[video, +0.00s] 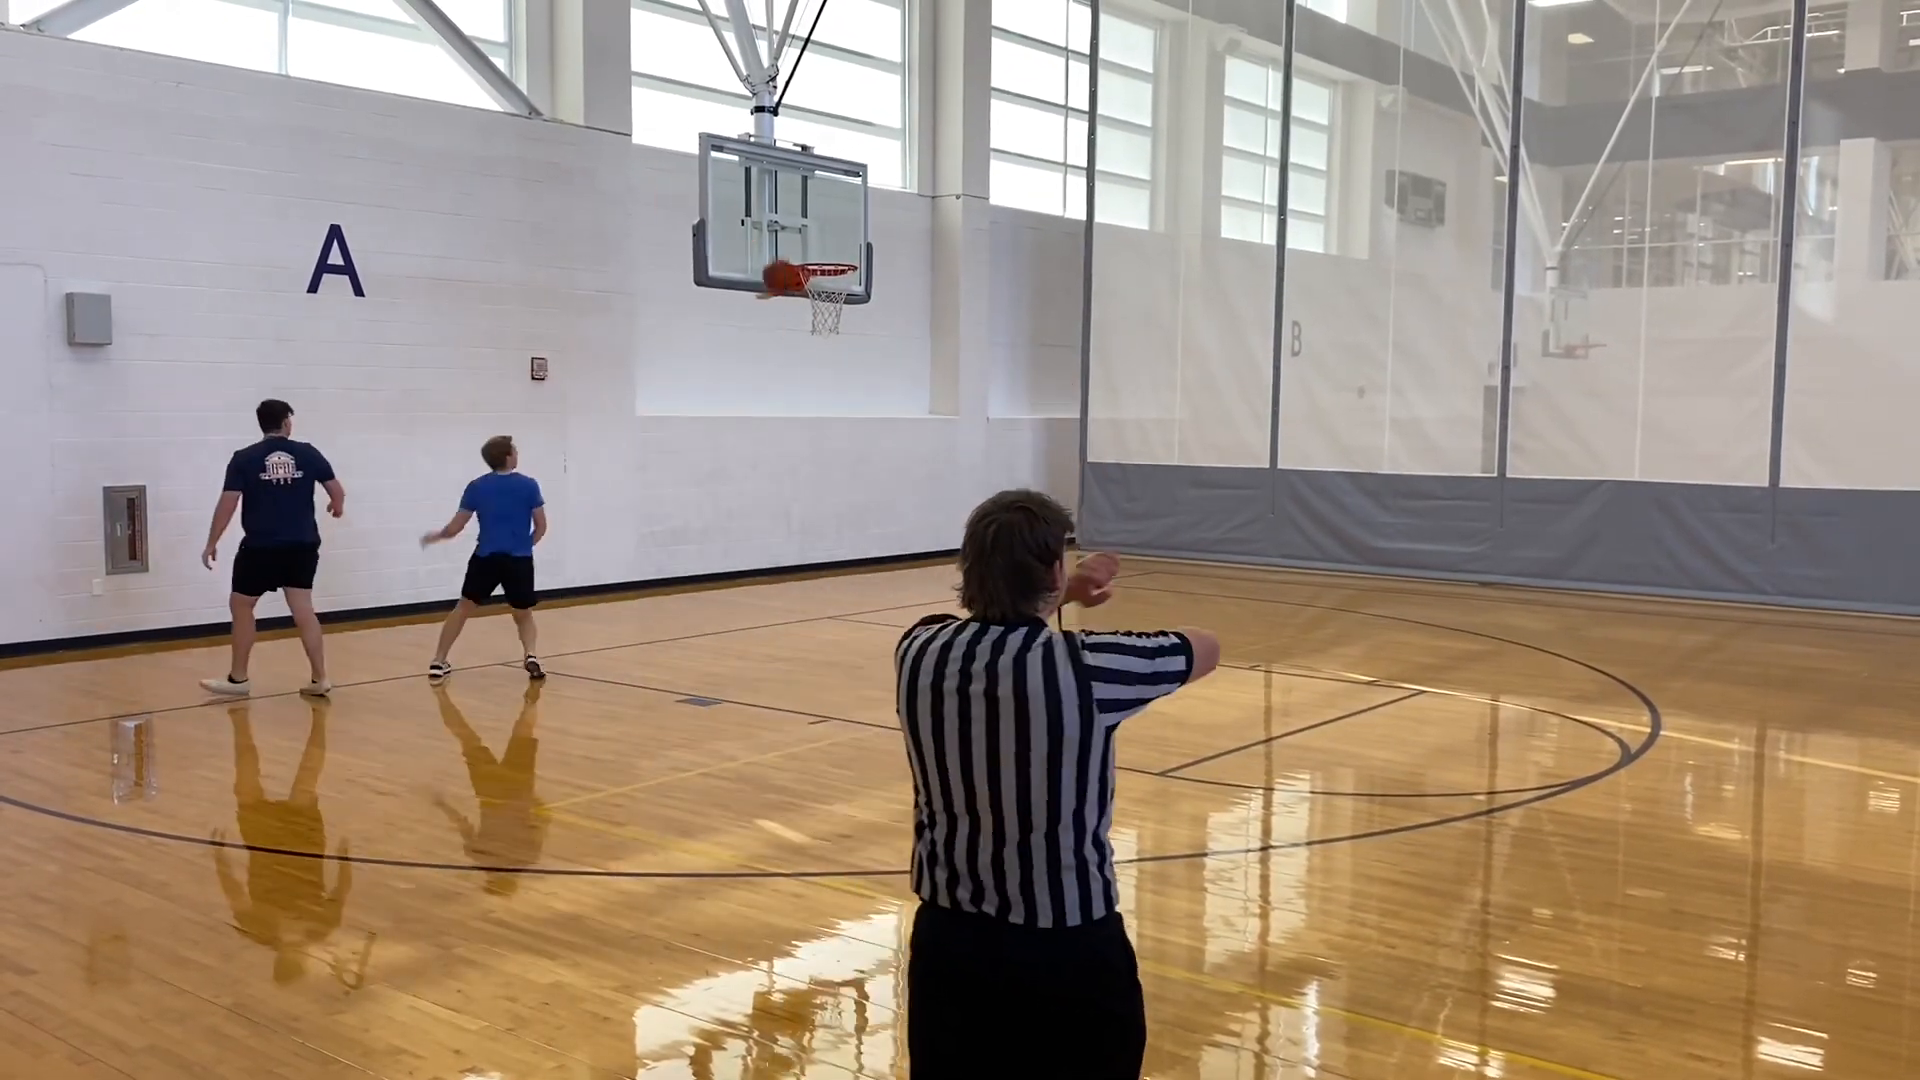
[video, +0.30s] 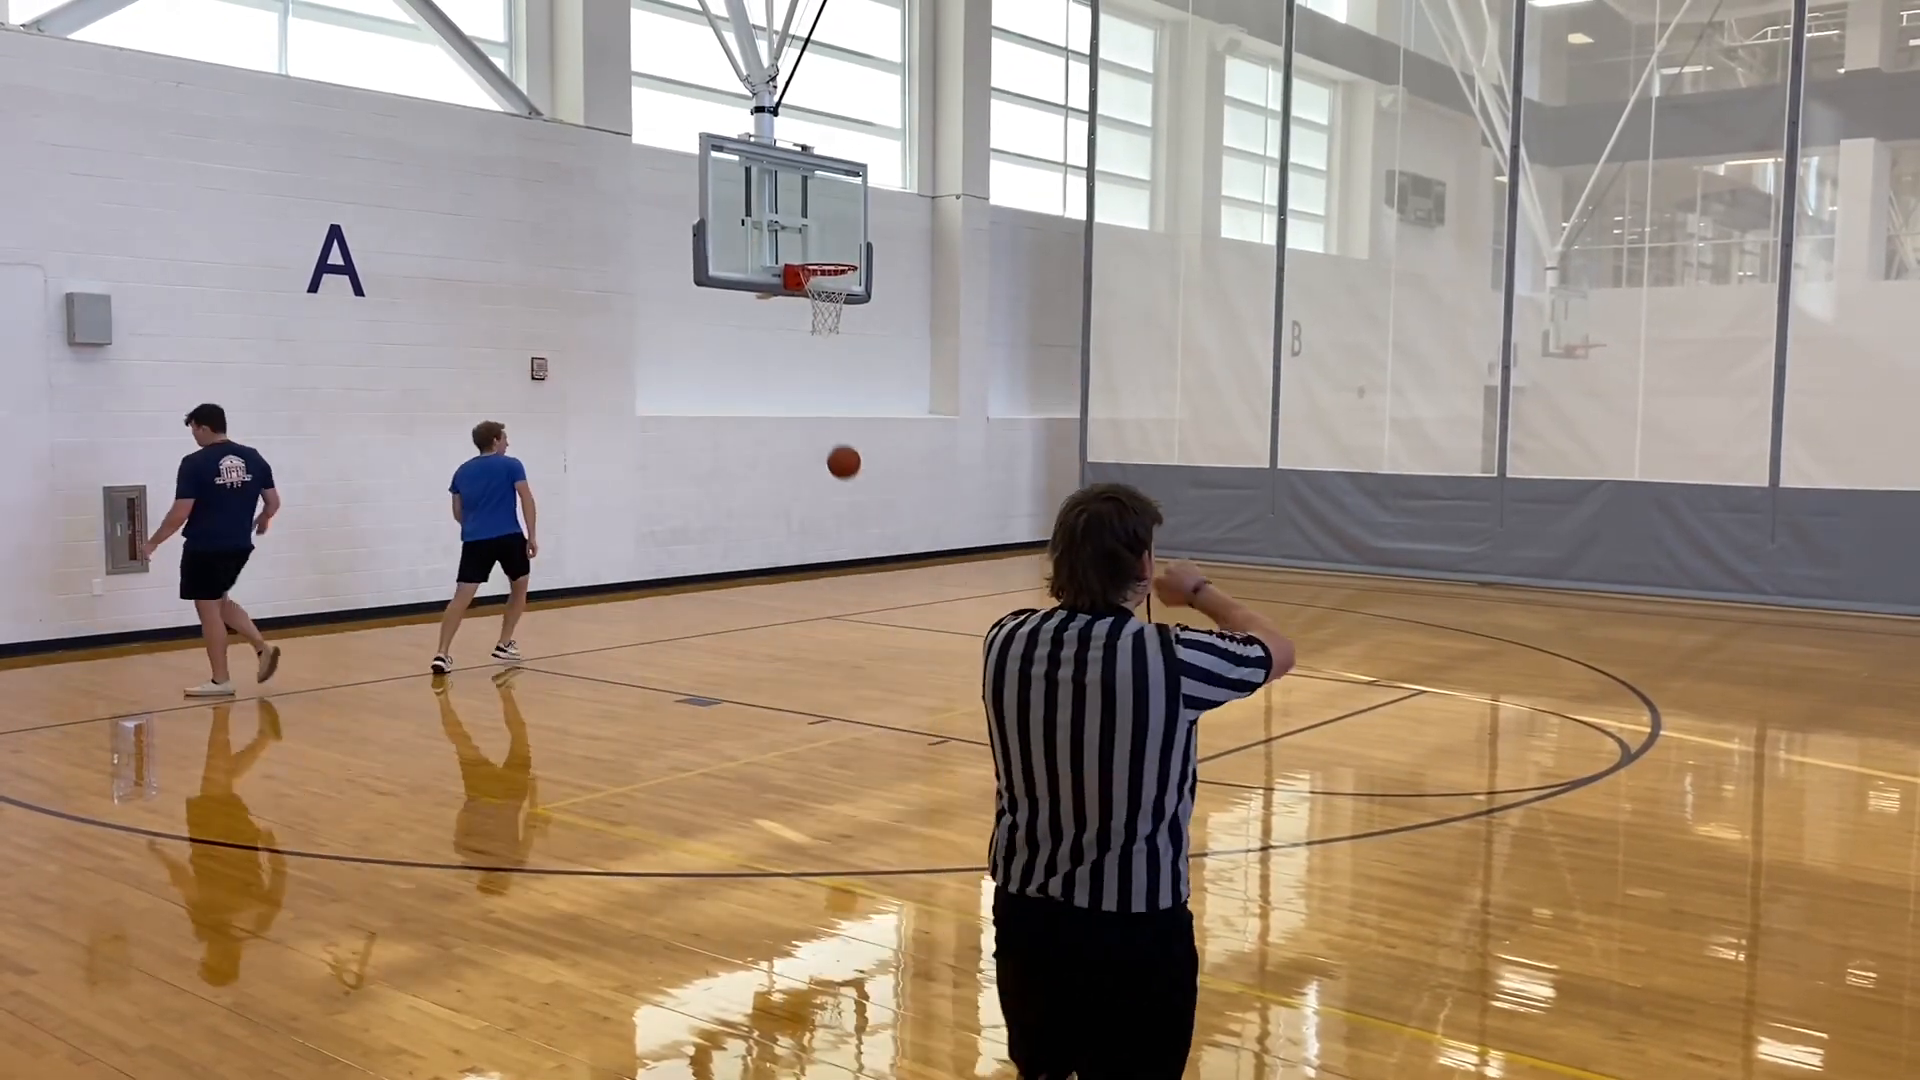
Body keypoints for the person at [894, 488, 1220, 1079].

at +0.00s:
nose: (1071, 562)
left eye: (1070, 553)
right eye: (1066, 552)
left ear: (975, 568)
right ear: (1054, 571)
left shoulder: (918, 653)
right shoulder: (1083, 665)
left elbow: (984, 616)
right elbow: (1206, 650)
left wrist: (1063, 588)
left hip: (949, 948)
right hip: (1073, 952)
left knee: (946, 1072)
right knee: (1095, 1070)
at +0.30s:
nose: (1155, 559)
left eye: (1152, 549)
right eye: (1150, 549)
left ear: (1062, 559)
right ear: (1141, 568)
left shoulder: (1005, 641)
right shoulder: (1170, 656)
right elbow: (1277, 650)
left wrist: (1121, 594)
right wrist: (1204, 594)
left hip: (1026, 920)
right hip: (1139, 925)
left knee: (1040, 1067)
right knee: (1142, 1067)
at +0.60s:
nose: (1209, 566)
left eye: (1205, 550)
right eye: (1208, 553)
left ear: (1118, 560)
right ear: (1197, 564)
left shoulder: (1062, 639)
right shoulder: (1223, 655)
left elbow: (1137, 652)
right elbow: (1324, 689)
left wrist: (1216, 631)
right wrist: (1251, 643)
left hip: (1085, 906)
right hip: (1190, 913)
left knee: (1119, 1062)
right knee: (1194, 1062)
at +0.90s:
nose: (1283, 570)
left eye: (1278, 554)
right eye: (1275, 554)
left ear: (1194, 564)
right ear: (1248, 565)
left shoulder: (1131, 648)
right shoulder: (1284, 660)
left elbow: (1110, 757)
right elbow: (1430, 742)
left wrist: (1186, 750)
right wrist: (1402, 636)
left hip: (1161, 902)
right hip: (1254, 910)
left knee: (1191, 1060)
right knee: (1255, 1059)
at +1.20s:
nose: (1373, 557)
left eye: (1371, 542)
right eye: (1364, 541)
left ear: (1287, 548)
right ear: (1324, 547)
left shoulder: (1212, 630)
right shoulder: (1345, 628)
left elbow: (1179, 746)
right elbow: (1505, 636)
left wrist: (1258, 756)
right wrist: (1636, 572)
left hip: (1246, 887)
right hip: (1334, 894)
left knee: (1299, 1059)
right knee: (1359, 1058)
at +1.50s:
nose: (1437, 558)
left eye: (1436, 541)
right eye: (1432, 540)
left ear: (1355, 541)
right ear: (1400, 541)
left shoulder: (1277, 624)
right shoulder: (1412, 620)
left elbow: (1246, 736)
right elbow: (1560, 618)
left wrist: (1325, 756)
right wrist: (1709, 598)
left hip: (1302, 875)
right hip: (1401, 882)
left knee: (1324, 1052)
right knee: (1460, 1053)